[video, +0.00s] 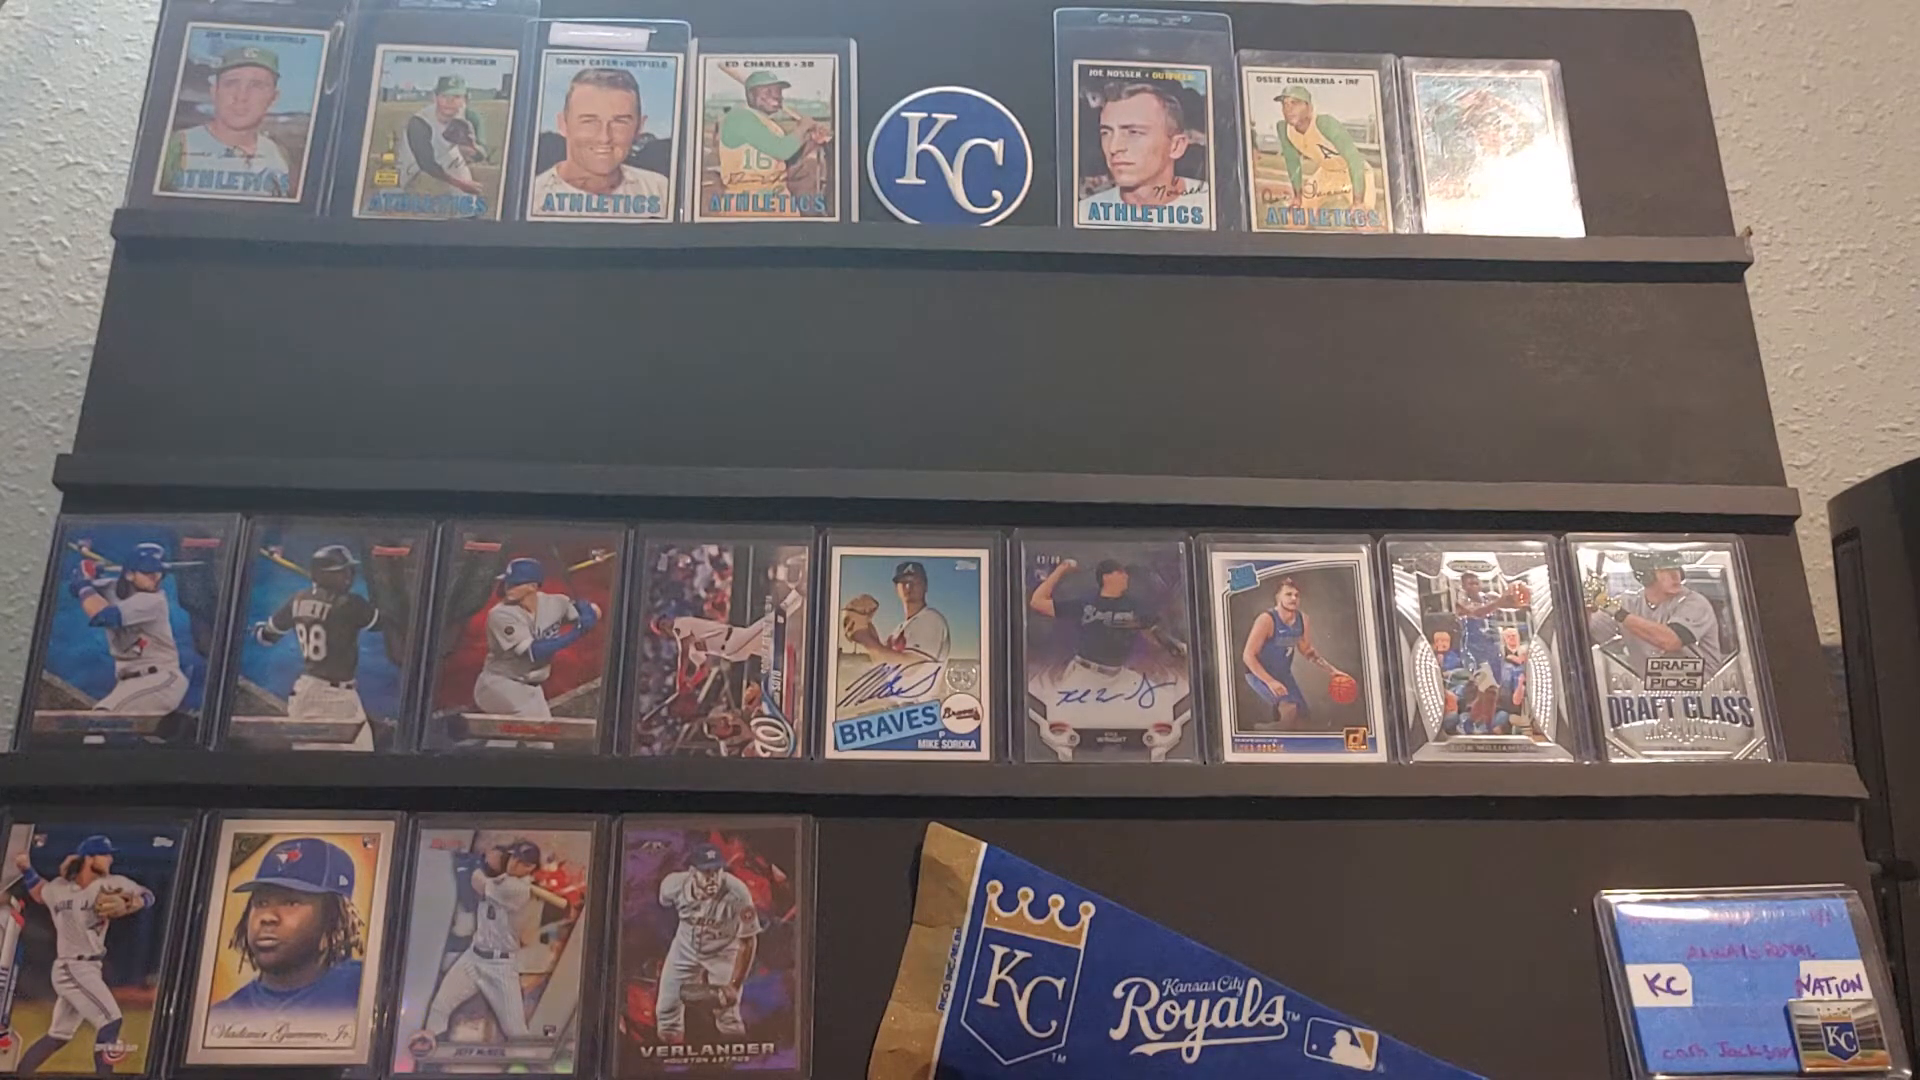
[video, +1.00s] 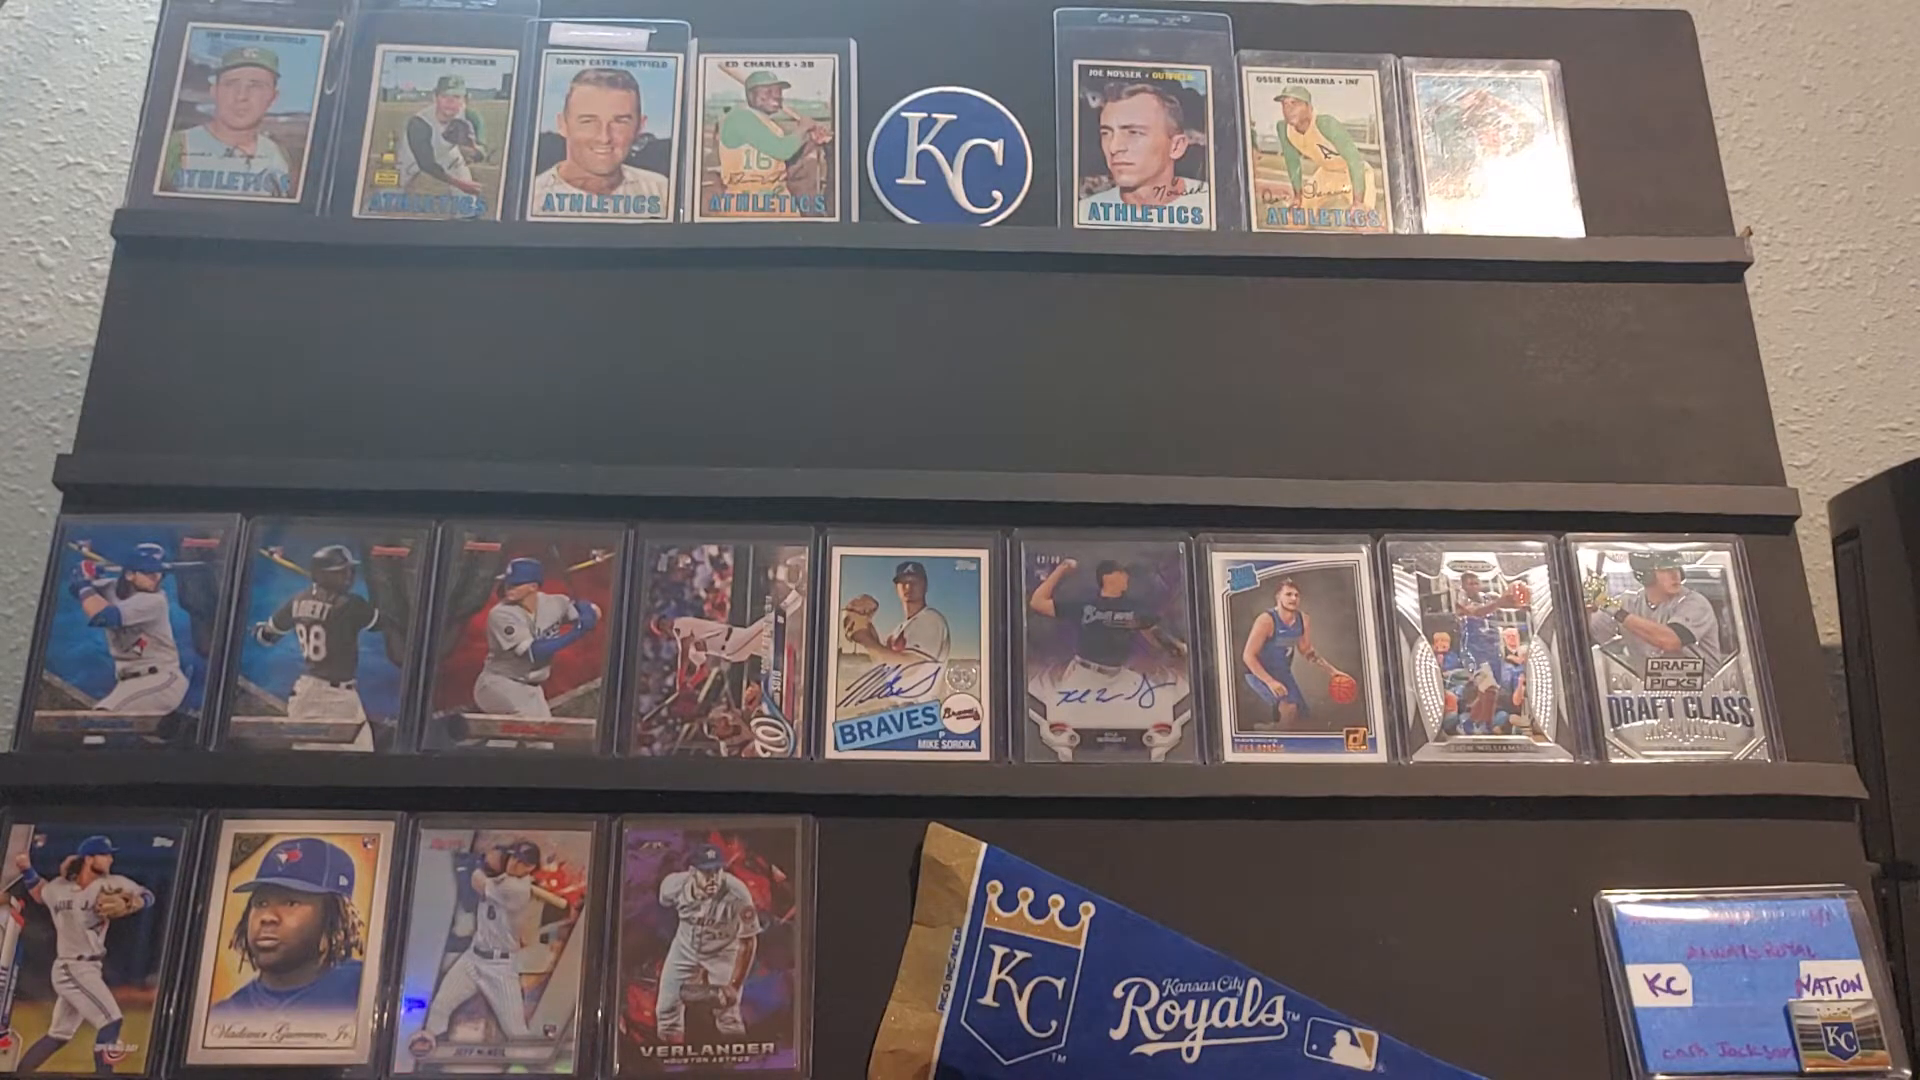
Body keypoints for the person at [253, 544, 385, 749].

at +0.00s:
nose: (350, 577)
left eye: (350, 572)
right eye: (346, 572)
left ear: (319, 575)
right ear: (335, 575)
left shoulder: (299, 600)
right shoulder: (351, 605)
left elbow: (267, 637)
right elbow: (388, 622)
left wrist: (259, 630)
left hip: (305, 694)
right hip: (342, 699)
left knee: (307, 767)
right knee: (360, 768)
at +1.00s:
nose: (350, 577)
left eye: (350, 571)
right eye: (346, 572)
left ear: (320, 575)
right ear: (334, 575)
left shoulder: (299, 601)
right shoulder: (351, 605)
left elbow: (267, 637)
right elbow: (385, 622)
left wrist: (259, 631)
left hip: (306, 694)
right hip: (342, 697)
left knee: (305, 765)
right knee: (360, 766)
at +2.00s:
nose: (352, 576)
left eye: (351, 571)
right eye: (349, 571)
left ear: (319, 574)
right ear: (338, 575)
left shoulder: (298, 601)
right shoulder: (351, 605)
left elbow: (267, 637)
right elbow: (386, 622)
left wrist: (259, 630)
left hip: (305, 693)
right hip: (341, 697)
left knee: (307, 764)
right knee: (359, 766)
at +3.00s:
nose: (352, 576)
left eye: (351, 570)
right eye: (348, 571)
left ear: (320, 574)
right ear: (336, 574)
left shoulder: (298, 601)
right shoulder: (351, 605)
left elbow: (267, 637)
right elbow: (384, 622)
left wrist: (260, 630)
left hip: (305, 692)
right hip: (341, 697)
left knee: (307, 764)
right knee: (359, 765)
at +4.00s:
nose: (351, 577)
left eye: (350, 572)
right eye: (347, 572)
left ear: (320, 574)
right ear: (336, 575)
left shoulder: (299, 600)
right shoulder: (350, 605)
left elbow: (267, 637)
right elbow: (386, 620)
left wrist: (260, 630)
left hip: (305, 694)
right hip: (340, 699)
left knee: (307, 766)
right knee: (359, 768)